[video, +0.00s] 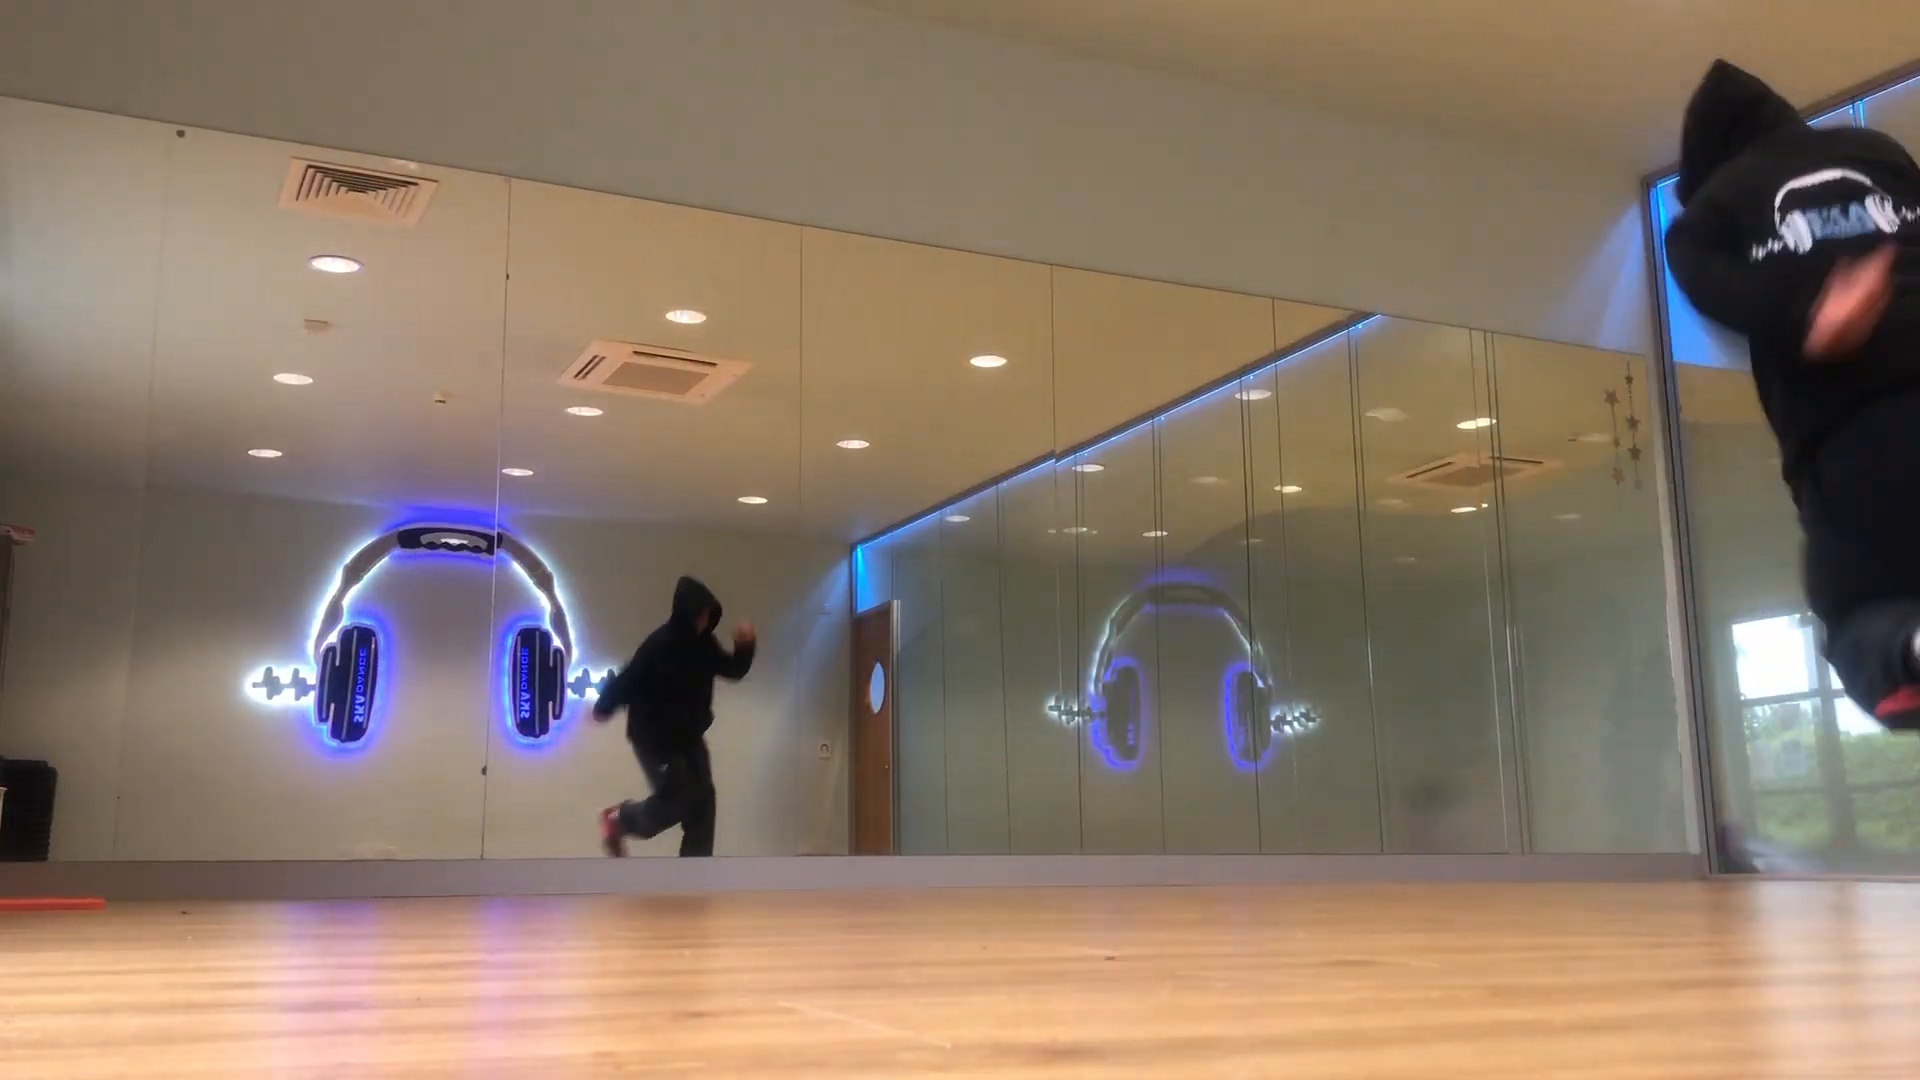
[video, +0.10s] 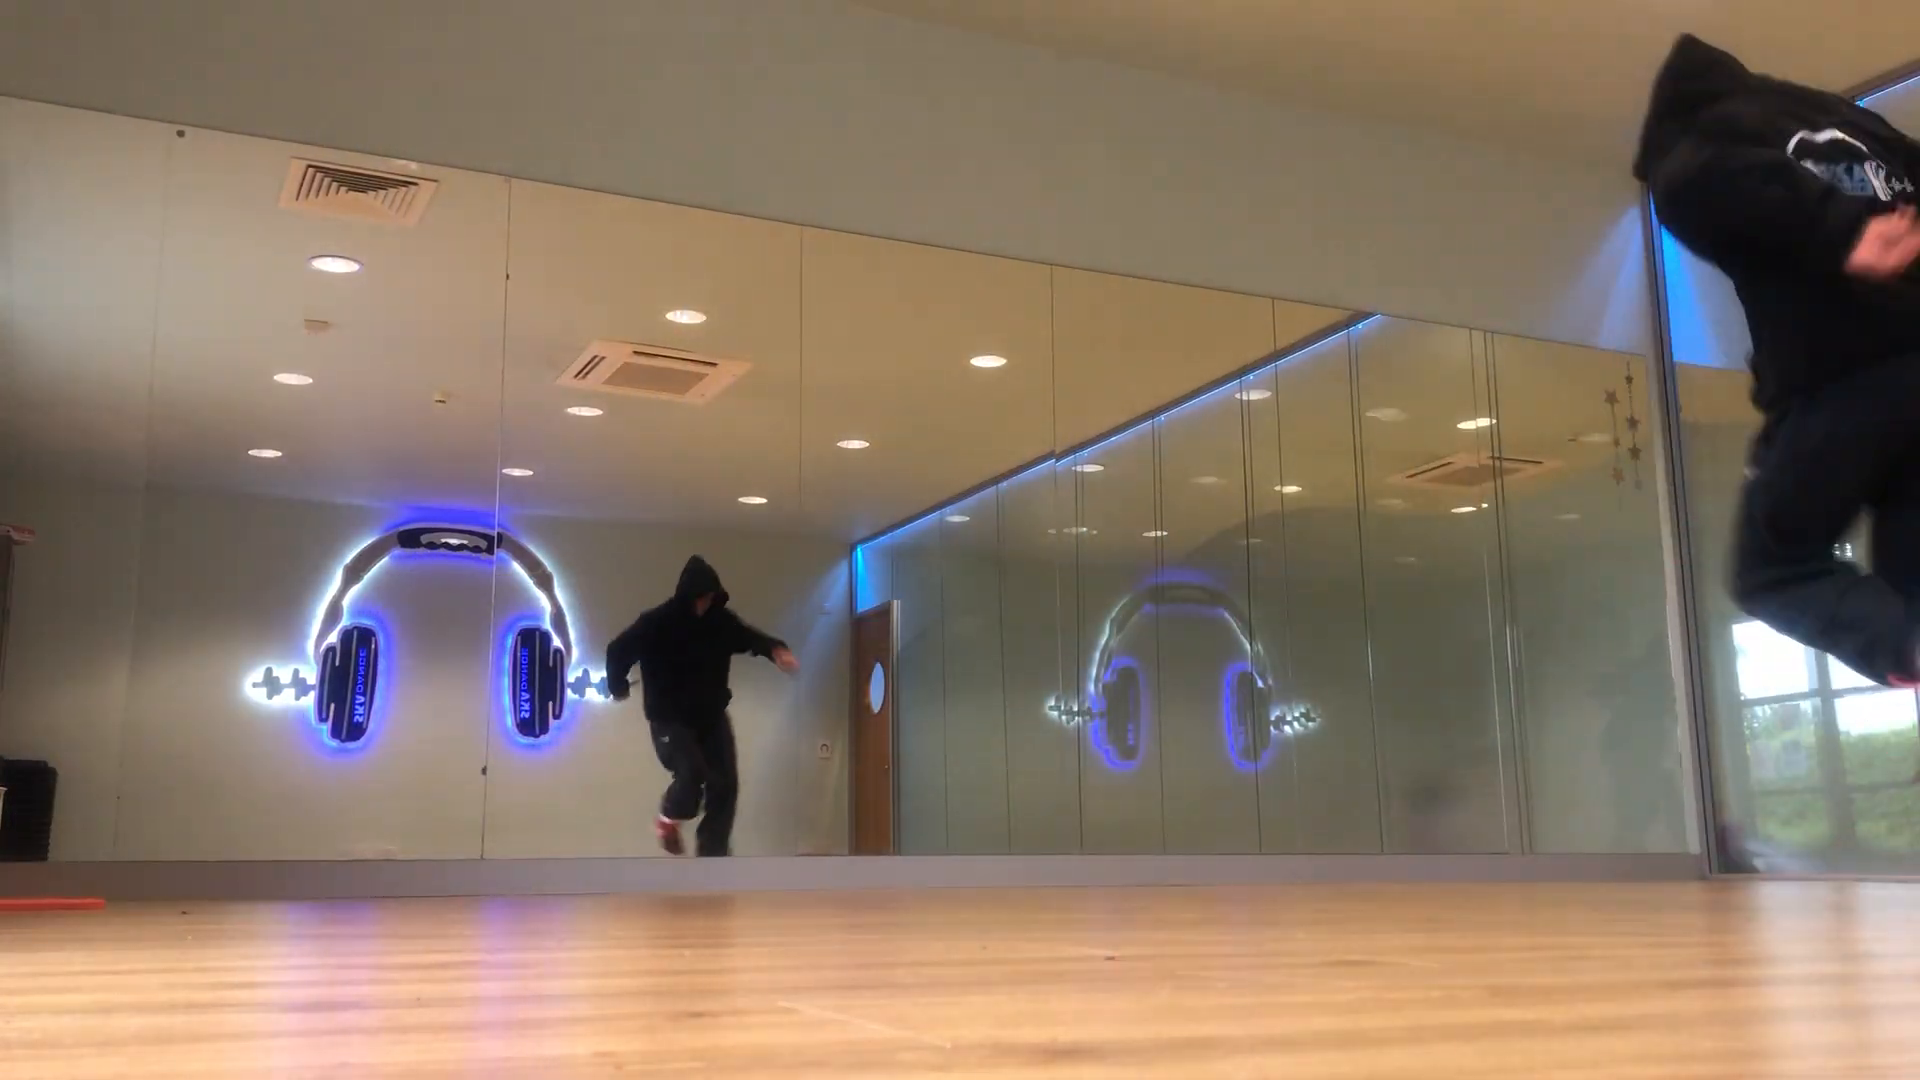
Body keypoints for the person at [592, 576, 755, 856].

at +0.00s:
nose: (705, 620)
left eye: (708, 615)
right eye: (702, 614)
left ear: (709, 616)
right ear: (688, 613)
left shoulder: (704, 644)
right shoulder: (662, 643)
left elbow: (733, 671)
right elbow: (630, 678)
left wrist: (744, 648)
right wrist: (603, 707)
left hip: (689, 736)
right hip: (652, 737)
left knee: (702, 802)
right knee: (676, 800)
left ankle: (694, 875)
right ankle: (618, 821)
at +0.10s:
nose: (706, 603)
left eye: (710, 597)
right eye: (701, 597)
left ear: (715, 596)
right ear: (688, 594)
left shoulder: (721, 622)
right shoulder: (658, 622)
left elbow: (749, 638)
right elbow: (618, 651)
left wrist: (775, 649)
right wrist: (618, 687)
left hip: (711, 717)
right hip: (669, 720)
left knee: (725, 786)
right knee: (692, 773)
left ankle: (712, 858)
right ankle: (669, 819)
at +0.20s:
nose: (703, 599)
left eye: (708, 593)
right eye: (697, 593)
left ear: (717, 591)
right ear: (687, 592)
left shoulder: (736, 616)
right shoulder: (663, 616)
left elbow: (769, 625)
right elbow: (625, 647)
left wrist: (773, 670)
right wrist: (626, 692)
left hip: (728, 711)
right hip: (681, 715)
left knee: (747, 780)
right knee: (683, 770)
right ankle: (702, 833)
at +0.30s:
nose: (702, 615)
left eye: (707, 608)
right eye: (696, 609)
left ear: (715, 606)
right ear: (686, 608)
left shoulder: (738, 632)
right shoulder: (673, 636)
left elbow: (772, 652)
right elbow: (640, 679)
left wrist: (771, 695)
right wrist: (666, 681)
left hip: (747, 727)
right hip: (704, 733)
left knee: (766, 792)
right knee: (695, 787)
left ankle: (796, 861)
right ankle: (707, 862)